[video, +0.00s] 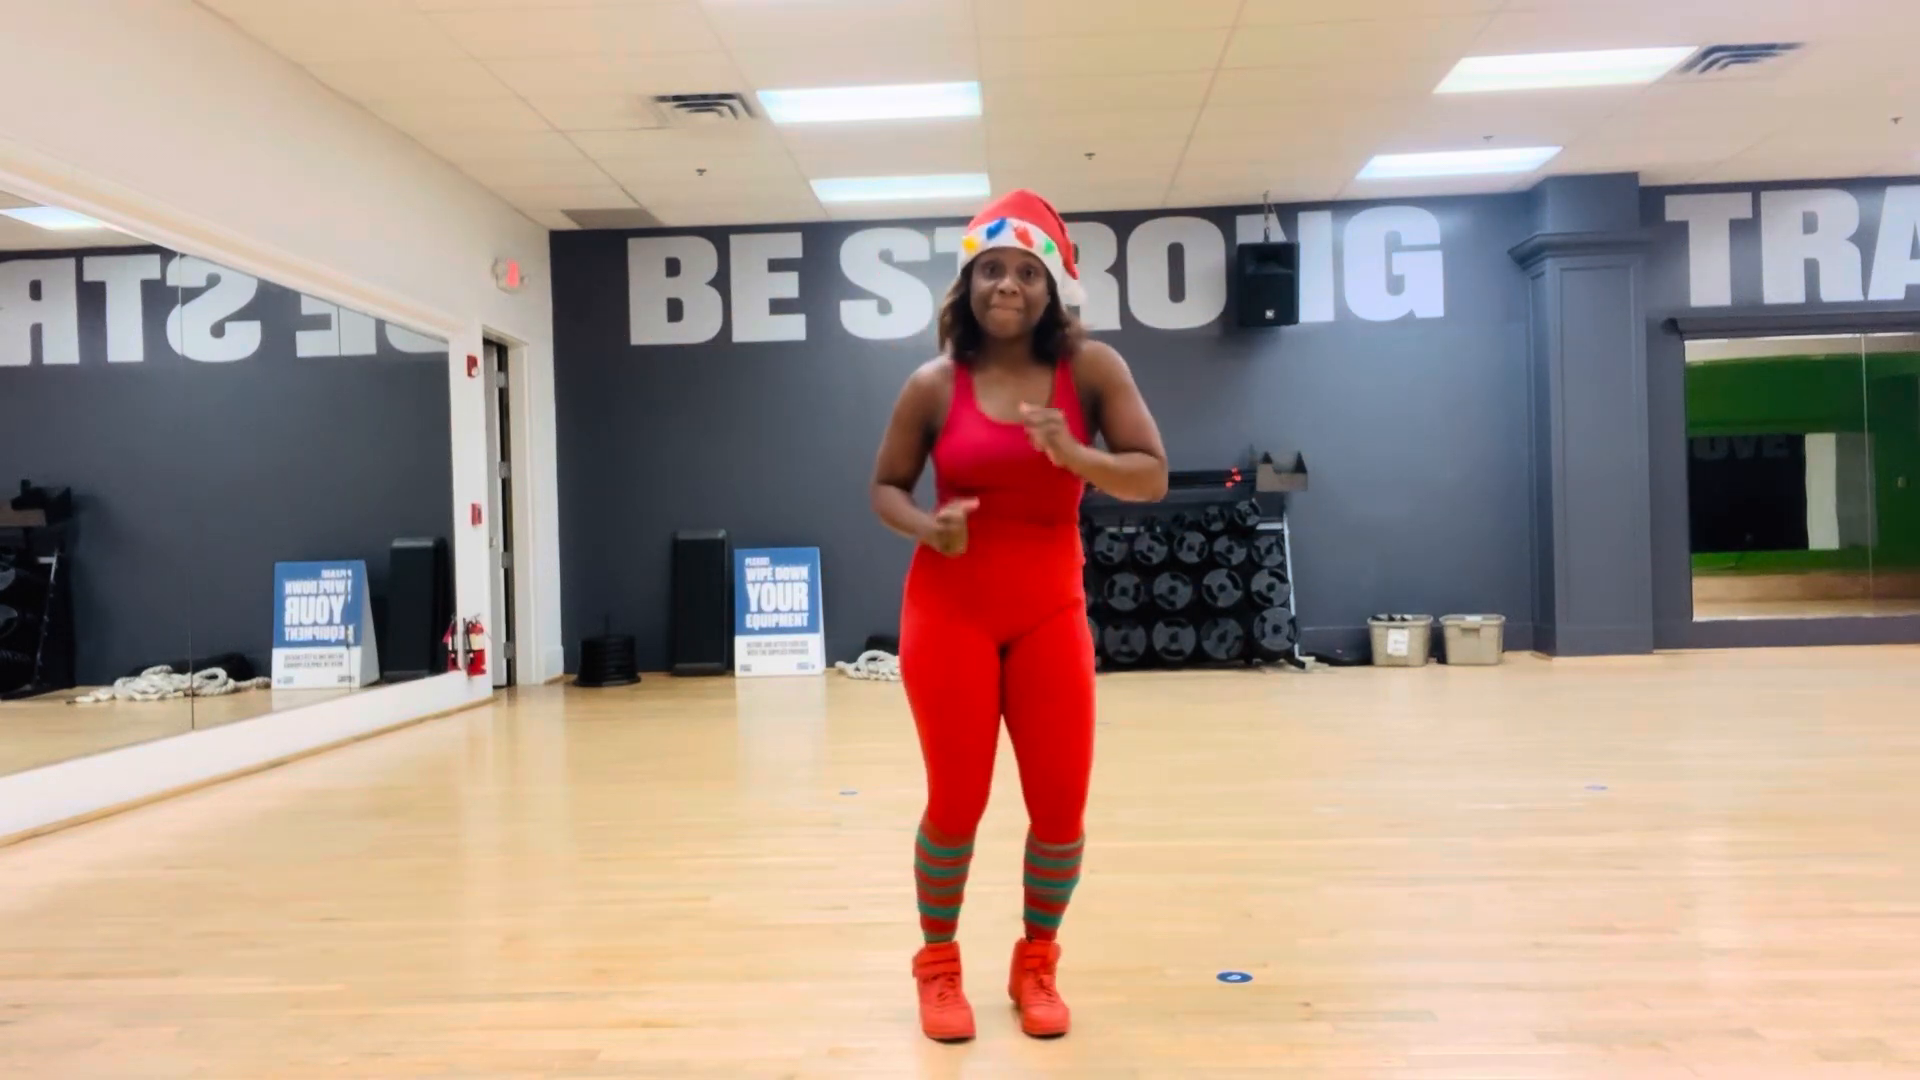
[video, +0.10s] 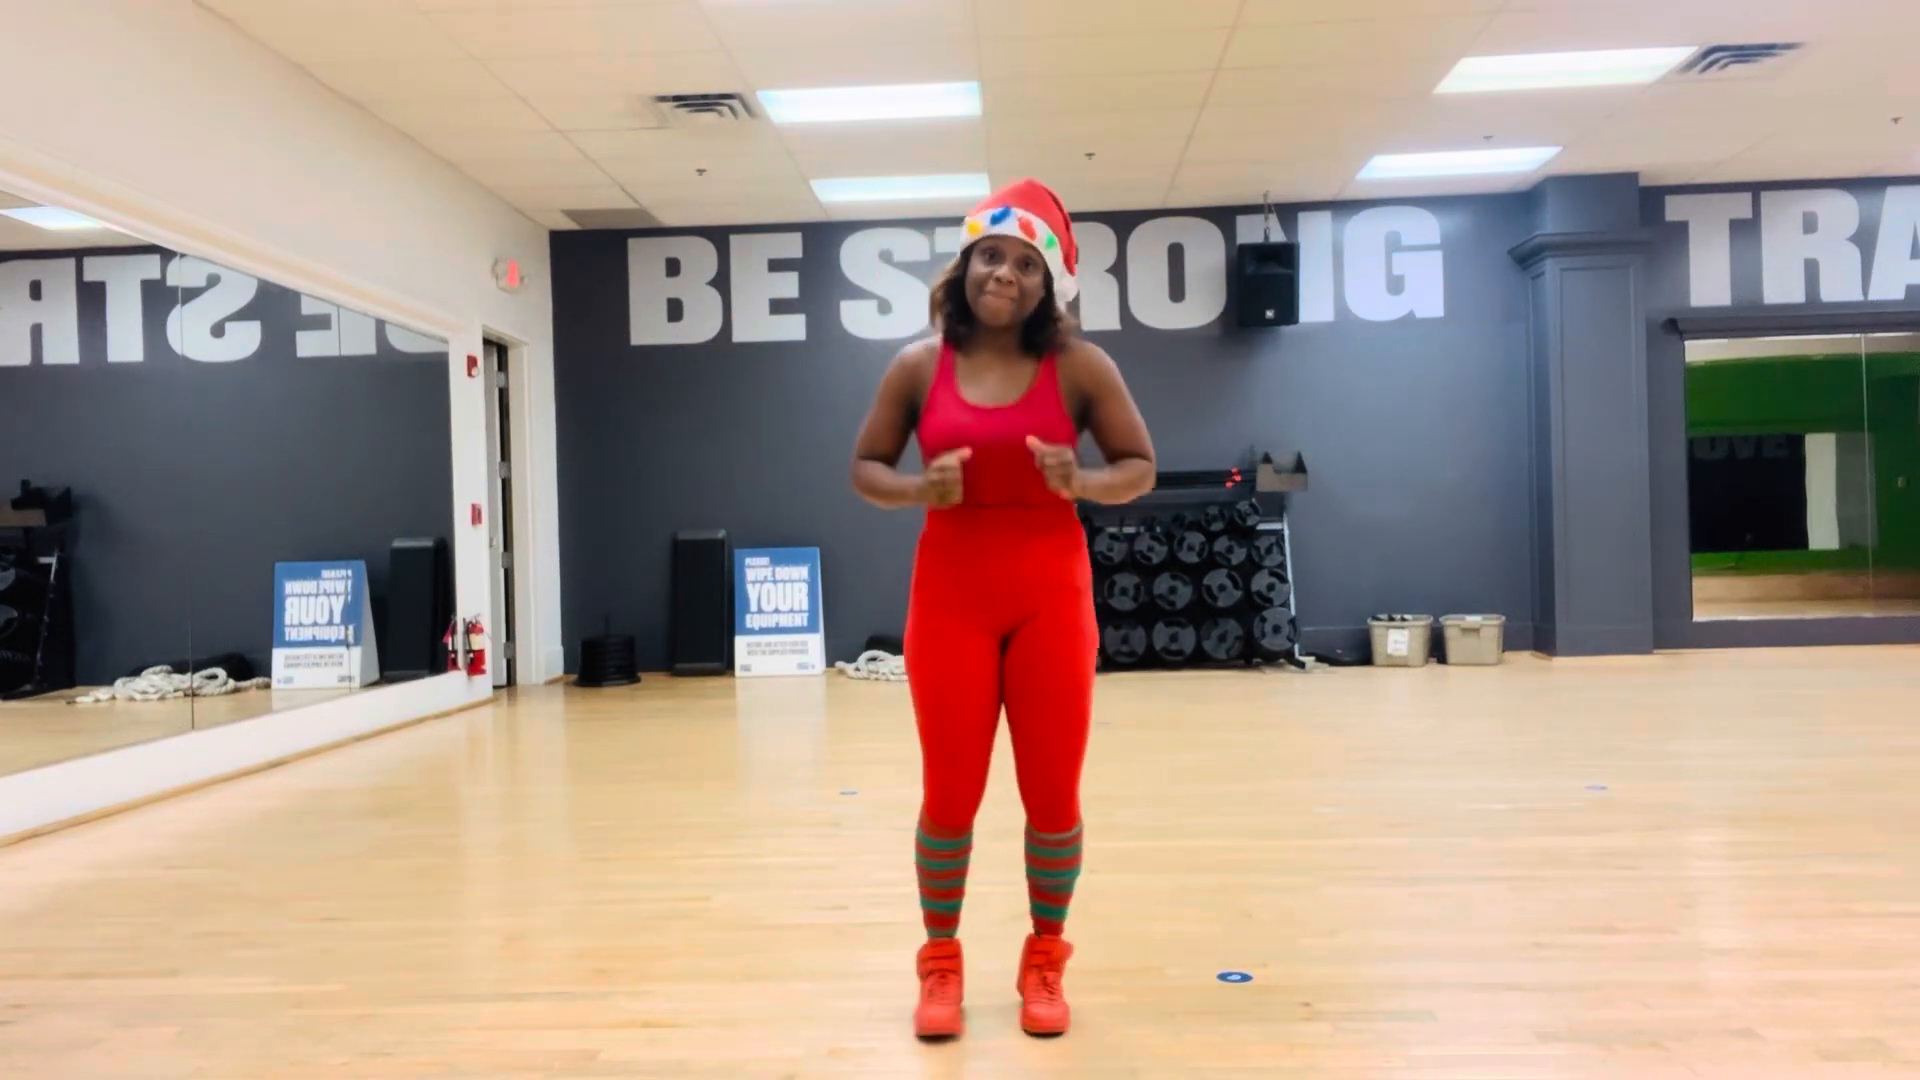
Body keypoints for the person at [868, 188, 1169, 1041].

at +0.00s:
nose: (1005, 287)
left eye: (1024, 273)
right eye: (990, 271)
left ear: (1050, 288)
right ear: (968, 285)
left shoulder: (1092, 366)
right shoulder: (935, 385)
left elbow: (1152, 477)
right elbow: (886, 488)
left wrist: (1078, 458)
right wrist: (924, 523)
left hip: (1051, 610)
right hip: (948, 609)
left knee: (1061, 807)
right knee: (956, 803)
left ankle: (1036, 968)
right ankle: (938, 968)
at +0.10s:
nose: (1002, 276)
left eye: (1022, 266)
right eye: (988, 259)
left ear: (1045, 285)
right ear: (964, 271)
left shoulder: (1081, 367)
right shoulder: (919, 368)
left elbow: (1138, 469)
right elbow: (866, 469)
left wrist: (1081, 479)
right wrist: (920, 485)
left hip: (1053, 597)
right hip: (950, 598)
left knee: (1053, 794)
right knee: (950, 793)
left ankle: (1045, 964)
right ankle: (940, 964)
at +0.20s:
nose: (999, 283)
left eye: (1019, 275)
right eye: (988, 264)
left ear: (1040, 296)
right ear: (960, 271)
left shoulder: (1065, 382)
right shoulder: (905, 367)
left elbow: (1113, 475)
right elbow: (840, 466)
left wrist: (1080, 500)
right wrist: (898, 470)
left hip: (1050, 600)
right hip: (948, 603)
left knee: (1042, 792)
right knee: (941, 796)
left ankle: (1050, 964)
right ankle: (938, 971)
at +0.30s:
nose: (984, 282)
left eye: (1004, 274)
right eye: (973, 265)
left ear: (1025, 296)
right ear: (946, 275)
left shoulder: (1052, 381)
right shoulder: (894, 366)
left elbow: (1096, 482)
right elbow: (824, 461)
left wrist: (1060, 498)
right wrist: (884, 477)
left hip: (1042, 606)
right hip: (938, 609)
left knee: (1038, 794)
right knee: (935, 801)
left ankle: (1047, 964)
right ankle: (937, 971)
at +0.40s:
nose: (962, 273)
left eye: (981, 261)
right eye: (947, 258)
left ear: (1007, 280)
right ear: (925, 273)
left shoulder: (1042, 365)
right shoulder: (883, 368)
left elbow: (1093, 475)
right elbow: (825, 465)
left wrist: (1036, 456)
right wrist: (875, 498)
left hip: (1028, 591)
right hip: (924, 593)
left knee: (1042, 791)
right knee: (929, 791)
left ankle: (1042, 964)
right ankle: (922, 968)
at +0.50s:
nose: (942, 284)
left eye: (961, 271)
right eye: (927, 270)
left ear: (988, 288)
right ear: (904, 287)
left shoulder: (1032, 365)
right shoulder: (876, 391)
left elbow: (1094, 472)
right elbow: (828, 492)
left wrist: (1024, 434)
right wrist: (866, 534)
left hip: (1012, 606)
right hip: (910, 607)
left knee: (1049, 797)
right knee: (920, 801)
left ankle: (1016, 962)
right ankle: (916, 971)